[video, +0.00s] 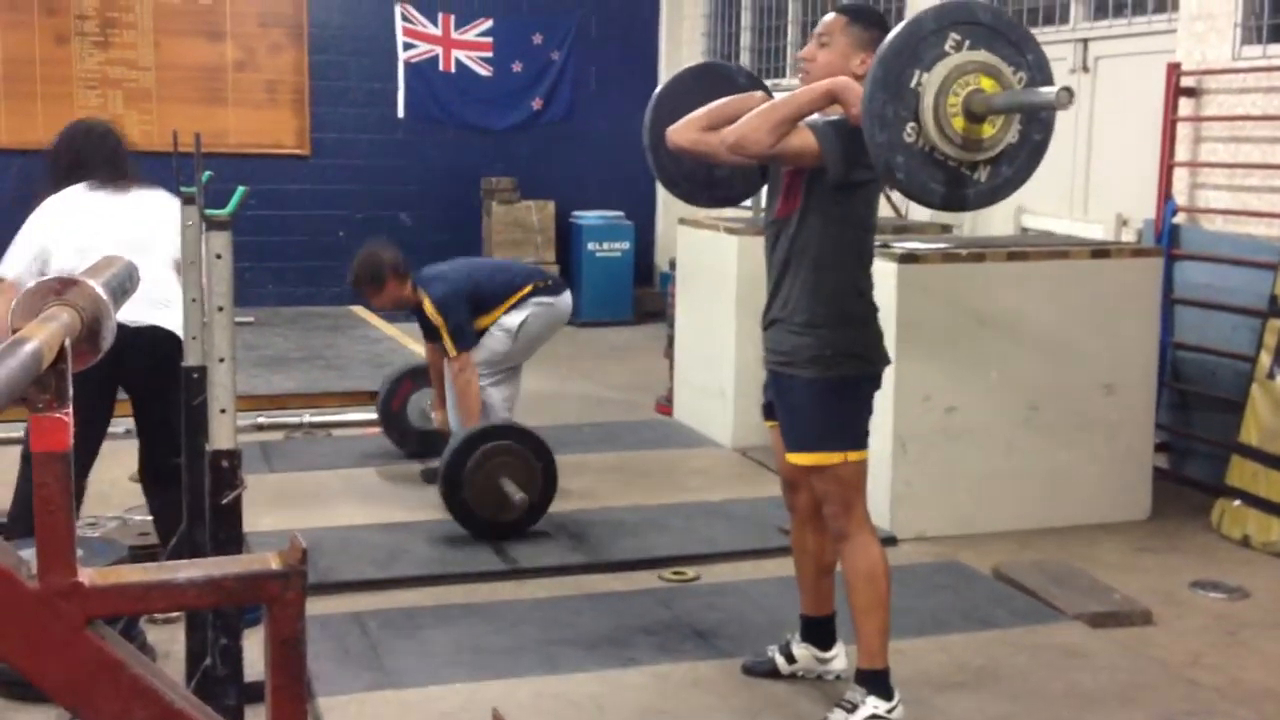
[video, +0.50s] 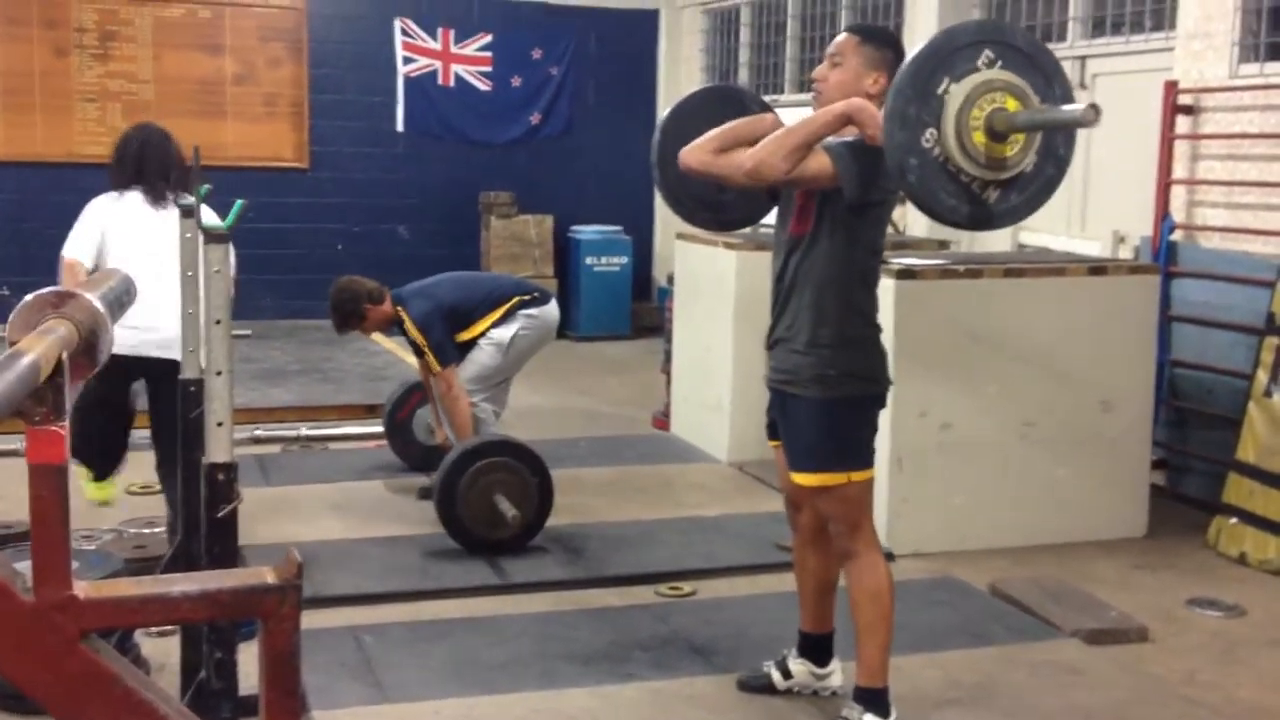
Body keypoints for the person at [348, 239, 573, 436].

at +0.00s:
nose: (372, 305)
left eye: (373, 295)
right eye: (368, 299)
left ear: (392, 281)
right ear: (395, 280)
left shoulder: (440, 294)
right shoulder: (423, 295)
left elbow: (464, 368)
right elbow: (436, 355)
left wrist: (468, 443)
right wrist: (440, 410)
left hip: (544, 300)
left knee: (464, 369)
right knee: (495, 374)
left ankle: (463, 456)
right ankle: (496, 453)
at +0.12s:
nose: (377, 316)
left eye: (373, 309)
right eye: (371, 312)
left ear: (383, 292)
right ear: (386, 287)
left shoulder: (434, 297)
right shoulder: (420, 294)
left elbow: (460, 372)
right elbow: (434, 355)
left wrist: (470, 448)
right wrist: (440, 413)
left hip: (541, 307)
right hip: (533, 306)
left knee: (469, 379)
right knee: (488, 384)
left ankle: (489, 465)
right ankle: (497, 460)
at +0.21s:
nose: (372, 319)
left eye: (369, 311)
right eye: (367, 314)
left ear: (381, 297)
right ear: (385, 292)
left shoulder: (431, 304)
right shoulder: (416, 302)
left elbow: (459, 376)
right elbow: (434, 362)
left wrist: (469, 447)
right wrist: (442, 418)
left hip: (539, 307)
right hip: (532, 306)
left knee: (469, 383)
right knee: (488, 386)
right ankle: (496, 461)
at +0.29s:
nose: (368, 322)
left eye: (365, 315)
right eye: (363, 318)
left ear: (376, 301)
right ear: (381, 296)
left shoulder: (426, 306)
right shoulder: (412, 303)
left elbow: (455, 379)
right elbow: (430, 365)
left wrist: (469, 448)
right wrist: (440, 419)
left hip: (535, 308)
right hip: (527, 306)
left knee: (466, 383)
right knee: (486, 384)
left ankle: (486, 467)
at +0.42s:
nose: (365, 329)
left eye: (361, 322)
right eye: (359, 325)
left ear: (370, 305)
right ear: (375, 298)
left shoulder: (419, 310)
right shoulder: (407, 305)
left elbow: (449, 382)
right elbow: (427, 371)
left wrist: (468, 450)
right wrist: (439, 426)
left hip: (530, 310)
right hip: (524, 308)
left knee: (463, 385)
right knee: (487, 386)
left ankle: (488, 470)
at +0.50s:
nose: (366, 333)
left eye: (361, 325)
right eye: (360, 329)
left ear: (370, 309)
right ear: (375, 299)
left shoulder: (420, 313)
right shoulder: (407, 310)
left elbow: (449, 386)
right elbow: (429, 373)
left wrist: (469, 456)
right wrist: (440, 429)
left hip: (531, 312)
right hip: (523, 311)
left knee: (465, 391)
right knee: (476, 394)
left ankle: (484, 475)